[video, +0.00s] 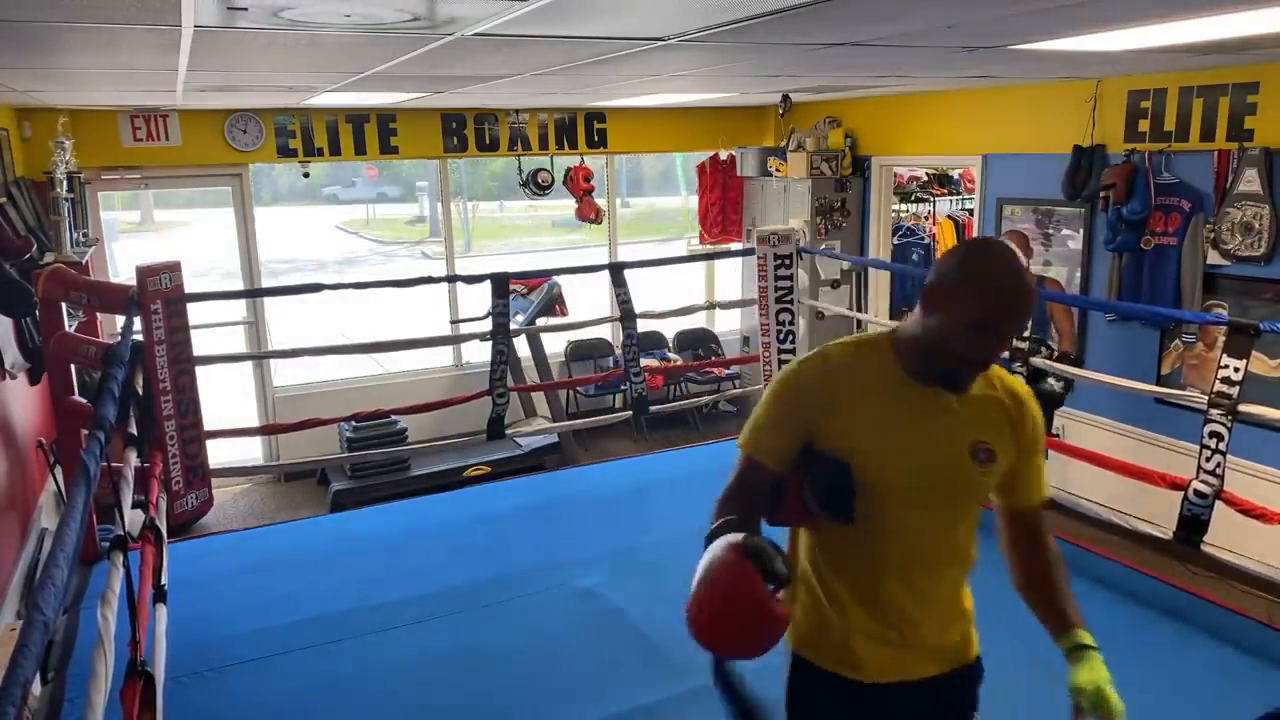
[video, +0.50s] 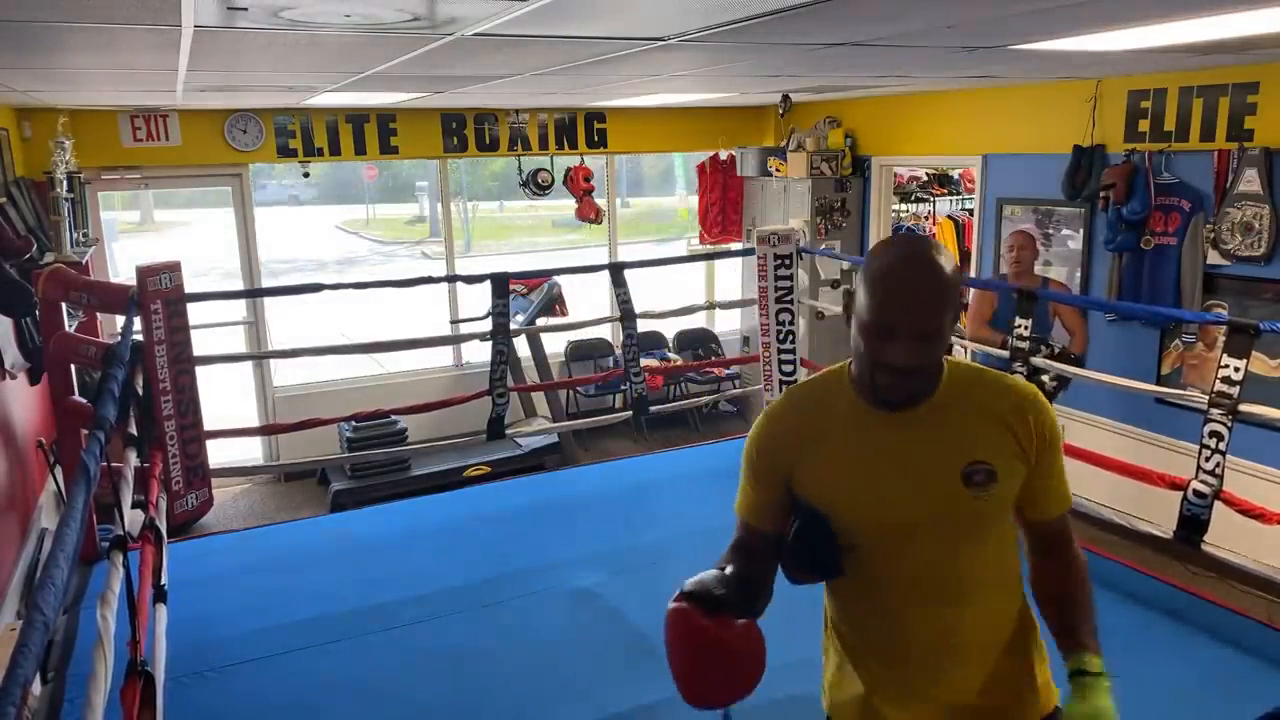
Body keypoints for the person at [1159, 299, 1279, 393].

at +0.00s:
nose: (1219, 326)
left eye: (1222, 322)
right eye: (1214, 320)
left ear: (1225, 327)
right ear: (1201, 324)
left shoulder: (1233, 350)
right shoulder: (1189, 348)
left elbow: (1271, 368)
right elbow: (1163, 369)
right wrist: (1179, 346)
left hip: (1218, 407)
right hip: (1188, 404)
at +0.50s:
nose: (1220, 326)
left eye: (1223, 321)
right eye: (1215, 320)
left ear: (1226, 327)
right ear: (1201, 325)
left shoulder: (1232, 350)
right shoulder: (1189, 349)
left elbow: (1271, 367)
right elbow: (1163, 369)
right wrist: (1179, 345)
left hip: (1218, 408)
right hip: (1188, 404)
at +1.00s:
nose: (1219, 325)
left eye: (1223, 321)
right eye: (1214, 320)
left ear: (1226, 327)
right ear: (1201, 324)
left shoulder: (1232, 350)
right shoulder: (1189, 349)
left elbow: (1271, 367)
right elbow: (1163, 369)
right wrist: (1179, 345)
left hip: (1218, 407)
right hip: (1188, 404)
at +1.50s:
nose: (1220, 326)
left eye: (1223, 322)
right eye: (1215, 321)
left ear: (1226, 327)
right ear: (1201, 325)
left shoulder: (1232, 350)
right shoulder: (1190, 348)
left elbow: (1271, 368)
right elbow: (1163, 369)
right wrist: (1178, 347)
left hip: (1219, 405)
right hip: (1190, 401)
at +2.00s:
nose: (1220, 327)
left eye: (1223, 323)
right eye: (1214, 321)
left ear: (1226, 328)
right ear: (1201, 326)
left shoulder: (1231, 350)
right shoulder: (1189, 349)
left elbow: (1271, 368)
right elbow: (1162, 370)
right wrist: (1178, 347)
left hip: (1218, 406)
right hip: (1189, 402)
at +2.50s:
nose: (1220, 327)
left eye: (1223, 323)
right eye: (1215, 322)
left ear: (1226, 327)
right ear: (1201, 325)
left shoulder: (1231, 350)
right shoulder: (1189, 348)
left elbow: (1270, 368)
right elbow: (1163, 370)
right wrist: (1178, 348)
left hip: (1218, 405)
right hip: (1189, 401)